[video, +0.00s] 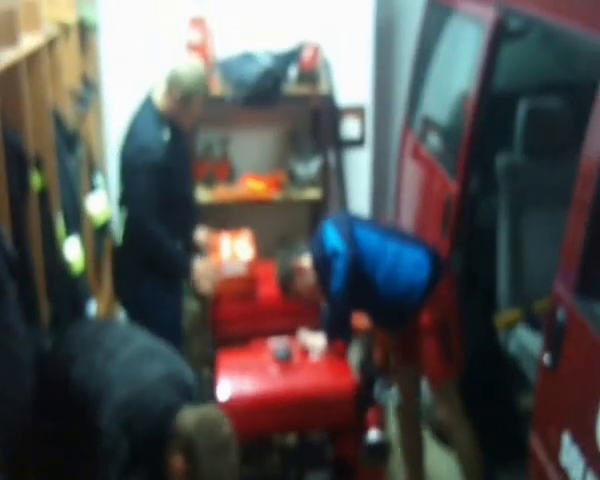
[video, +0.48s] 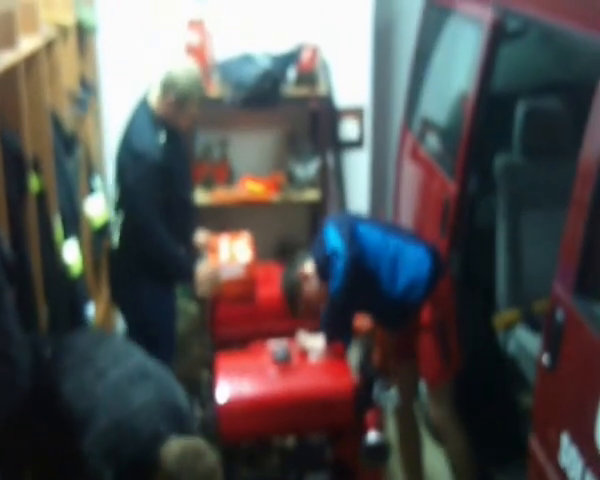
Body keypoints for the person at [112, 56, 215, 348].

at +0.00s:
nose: (200, 113)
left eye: (202, 104)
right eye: (197, 104)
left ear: (174, 95)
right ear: (177, 98)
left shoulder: (167, 127)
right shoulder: (152, 145)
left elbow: (169, 198)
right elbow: (146, 222)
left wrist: (191, 230)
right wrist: (187, 266)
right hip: (149, 269)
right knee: (162, 357)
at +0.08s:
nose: (198, 118)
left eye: (200, 109)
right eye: (194, 109)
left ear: (175, 100)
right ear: (174, 103)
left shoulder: (168, 129)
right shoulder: (152, 149)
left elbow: (171, 197)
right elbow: (150, 225)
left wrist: (192, 229)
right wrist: (191, 270)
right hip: (147, 271)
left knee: (166, 355)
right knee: (161, 359)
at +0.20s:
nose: (199, 118)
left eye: (201, 109)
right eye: (195, 110)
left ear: (174, 101)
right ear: (175, 104)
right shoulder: (153, 151)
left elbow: (169, 201)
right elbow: (151, 228)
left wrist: (192, 231)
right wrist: (191, 270)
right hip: (147, 273)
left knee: (164, 352)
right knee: (160, 357)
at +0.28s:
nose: (199, 121)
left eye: (201, 112)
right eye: (195, 113)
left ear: (174, 103)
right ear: (174, 105)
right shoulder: (153, 152)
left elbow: (171, 200)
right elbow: (151, 228)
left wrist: (191, 230)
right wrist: (189, 270)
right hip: (146, 272)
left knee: (160, 356)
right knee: (157, 361)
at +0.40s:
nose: (197, 117)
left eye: (198, 108)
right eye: (192, 109)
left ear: (172, 101)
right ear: (171, 103)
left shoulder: (166, 129)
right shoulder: (149, 149)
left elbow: (170, 199)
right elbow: (149, 226)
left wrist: (191, 231)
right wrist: (189, 269)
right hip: (144, 272)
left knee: (158, 357)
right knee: (155, 361)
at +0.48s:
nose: (194, 119)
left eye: (196, 110)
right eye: (190, 111)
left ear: (171, 101)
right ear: (169, 102)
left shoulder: (167, 128)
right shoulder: (148, 149)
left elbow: (172, 197)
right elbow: (148, 224)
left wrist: (190, 231)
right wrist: (188, 270)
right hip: (143, 270)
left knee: (157, 356)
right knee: (155, 360)